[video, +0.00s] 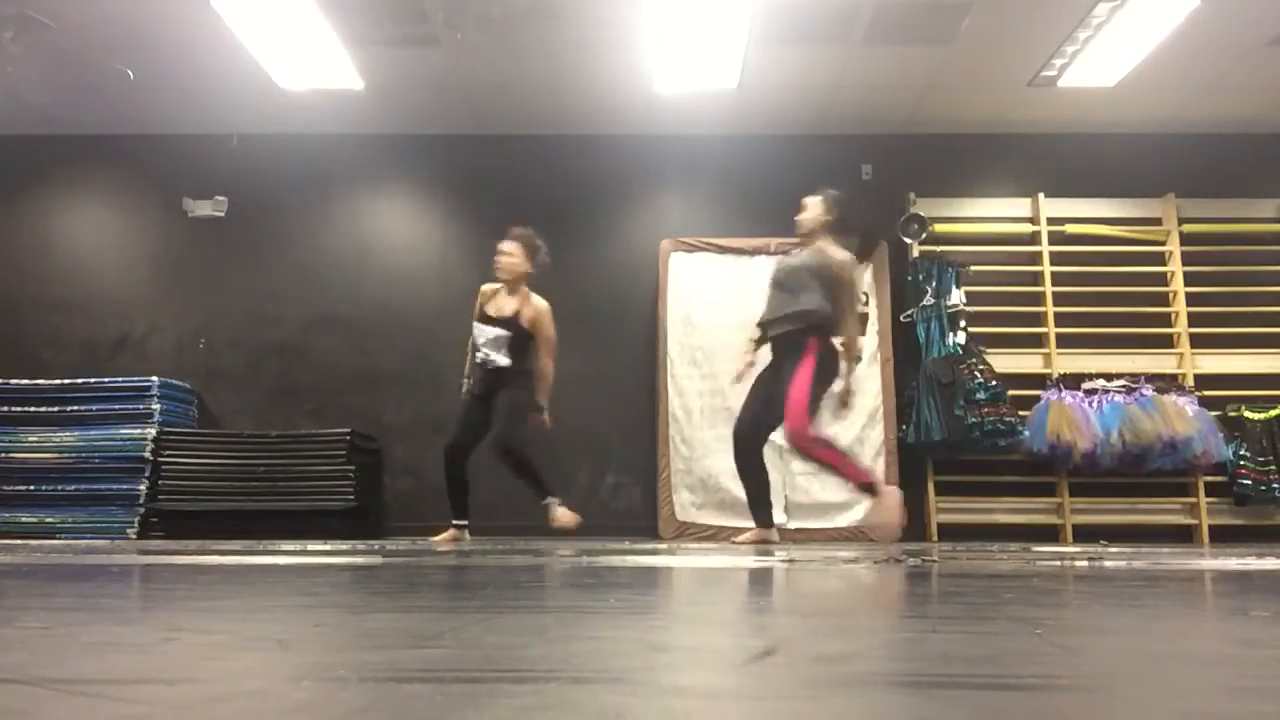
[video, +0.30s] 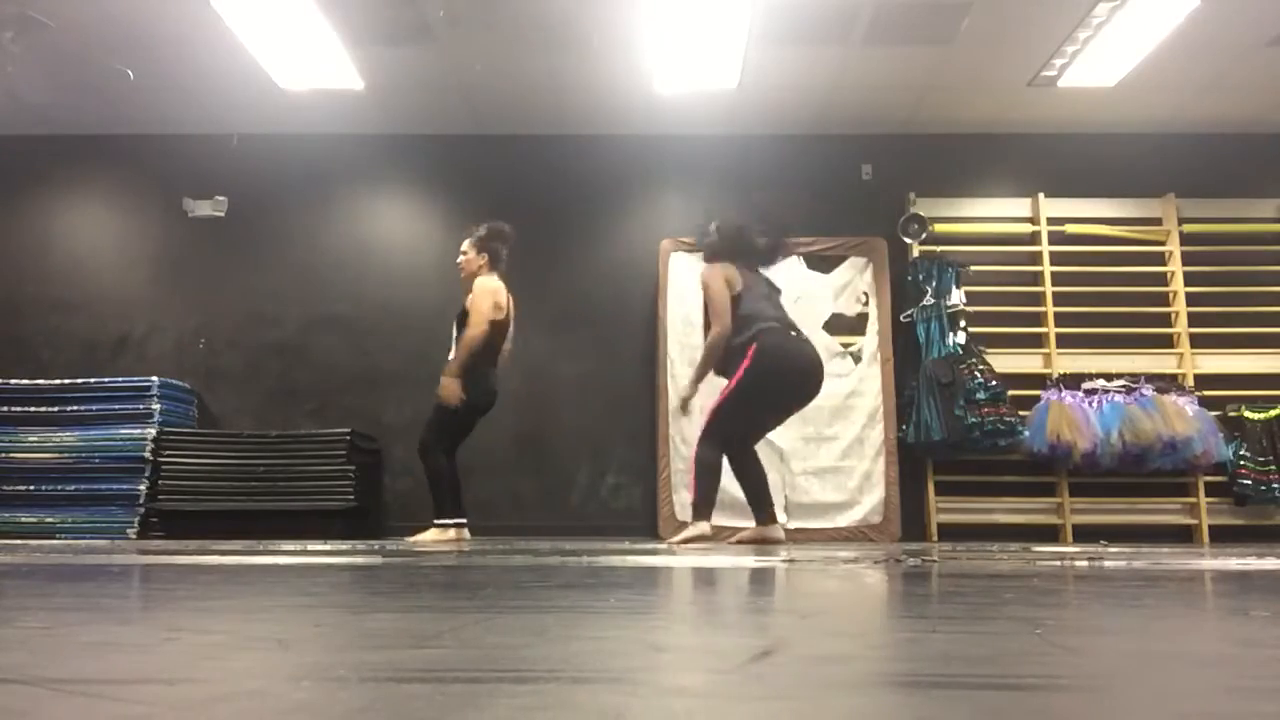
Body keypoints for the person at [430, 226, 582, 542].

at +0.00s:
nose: (499, 259)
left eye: (508, 255)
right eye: (498, 253)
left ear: (528, 265)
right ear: (496, 259)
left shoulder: (537, 308)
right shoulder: (486, 293)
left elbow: (545, 359)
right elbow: (475, 339)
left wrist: (542, 403)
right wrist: (467, 377)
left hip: (516, 386)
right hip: (483, 386)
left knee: (504, 443)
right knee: (456, 448)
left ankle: (552, 505)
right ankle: (459, 526)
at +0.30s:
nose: (459, 260)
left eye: (464, 254)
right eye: (460, 254)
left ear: (484, 258)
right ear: (485, 259)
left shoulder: (484, 286)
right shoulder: (501, 291)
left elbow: (477, 330)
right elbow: (505, 345)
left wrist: (451, 372)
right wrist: (479, 372)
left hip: (469, 379)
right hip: (481, 382)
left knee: (432, 445)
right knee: (441, 447)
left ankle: (446, 523)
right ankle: (454, 522)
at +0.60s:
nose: (450, 261)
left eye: (456, 254)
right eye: (452, 254)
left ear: (474, 258)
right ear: (471, 259)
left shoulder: (488, 289)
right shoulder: (474, 293)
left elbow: (480, 332)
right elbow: (465, 335)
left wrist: (452, 351)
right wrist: (445, 342)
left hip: (481, 383)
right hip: (465, 384)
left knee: (463, 447)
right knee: (437, 451)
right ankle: (457, 524)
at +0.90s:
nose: (494, 262)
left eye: (498, 258)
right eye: (488, 254)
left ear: (500, 266)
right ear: (468, 258)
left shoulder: (507, 290)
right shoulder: (452, 293)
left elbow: (548, 291)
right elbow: (411, 291)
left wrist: (590, 287)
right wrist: (370, 286)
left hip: (525, 382)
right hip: (493, 390)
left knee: (548, 442)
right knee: (459, 452)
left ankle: (586, 517)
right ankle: (460, 528)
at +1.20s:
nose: (560, 304)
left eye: (561, 298)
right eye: (553, 297)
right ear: (532, 303)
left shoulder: (541, 330)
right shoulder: (518, 329)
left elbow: (503, 323)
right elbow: (501, 352)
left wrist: (493, 322)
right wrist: (513, 354)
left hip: (533, 416)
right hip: (500, 417)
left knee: (562, 452)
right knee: (453, 459)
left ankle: (590, 525)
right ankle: (457, 528)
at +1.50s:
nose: (605, 276)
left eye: (607, 269)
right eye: (598, 270)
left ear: (609, 274)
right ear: (580, 275)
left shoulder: (600, 321)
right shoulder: (563, 297)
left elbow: (617, 367)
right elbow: (522, 321)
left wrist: (629, 410)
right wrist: (506, 368)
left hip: (559, 396)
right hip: (530, 389)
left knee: (574, 451)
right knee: (493, 450)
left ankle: (591, 526)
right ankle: (448, 514)